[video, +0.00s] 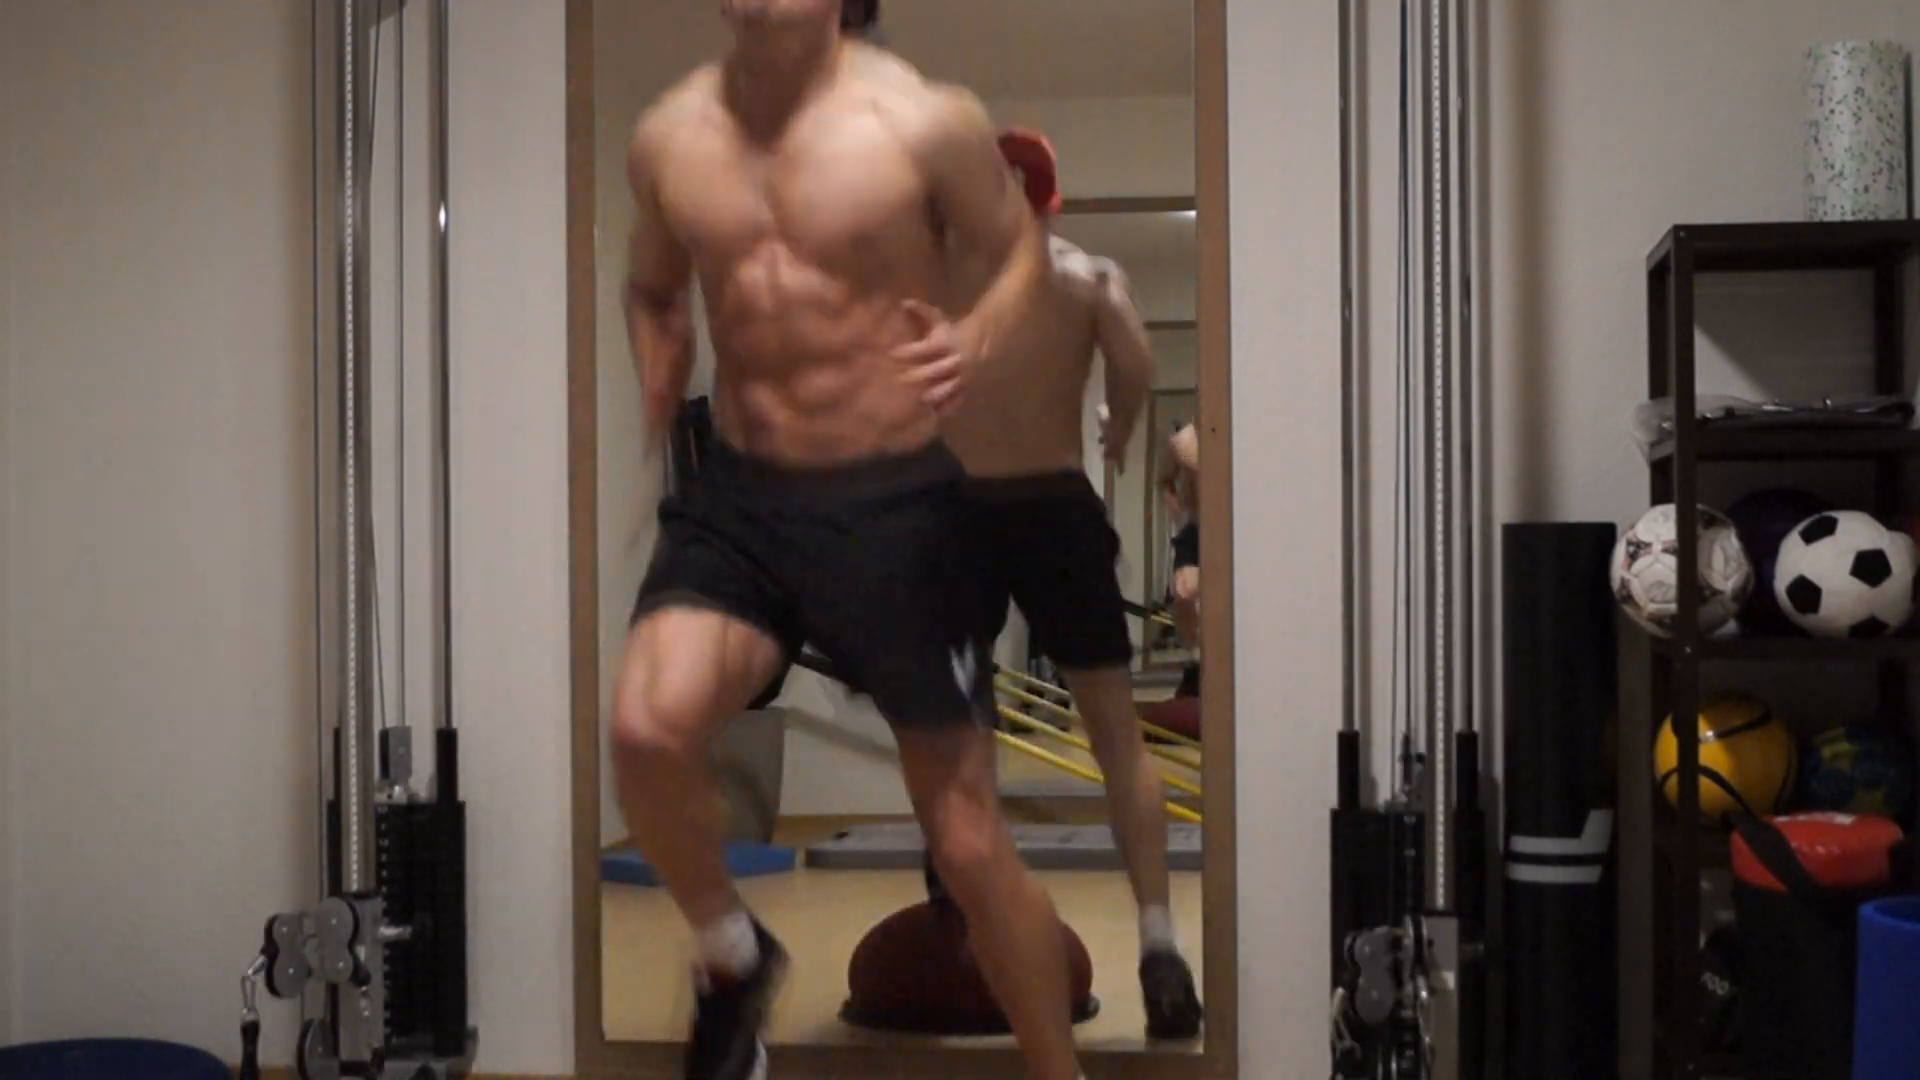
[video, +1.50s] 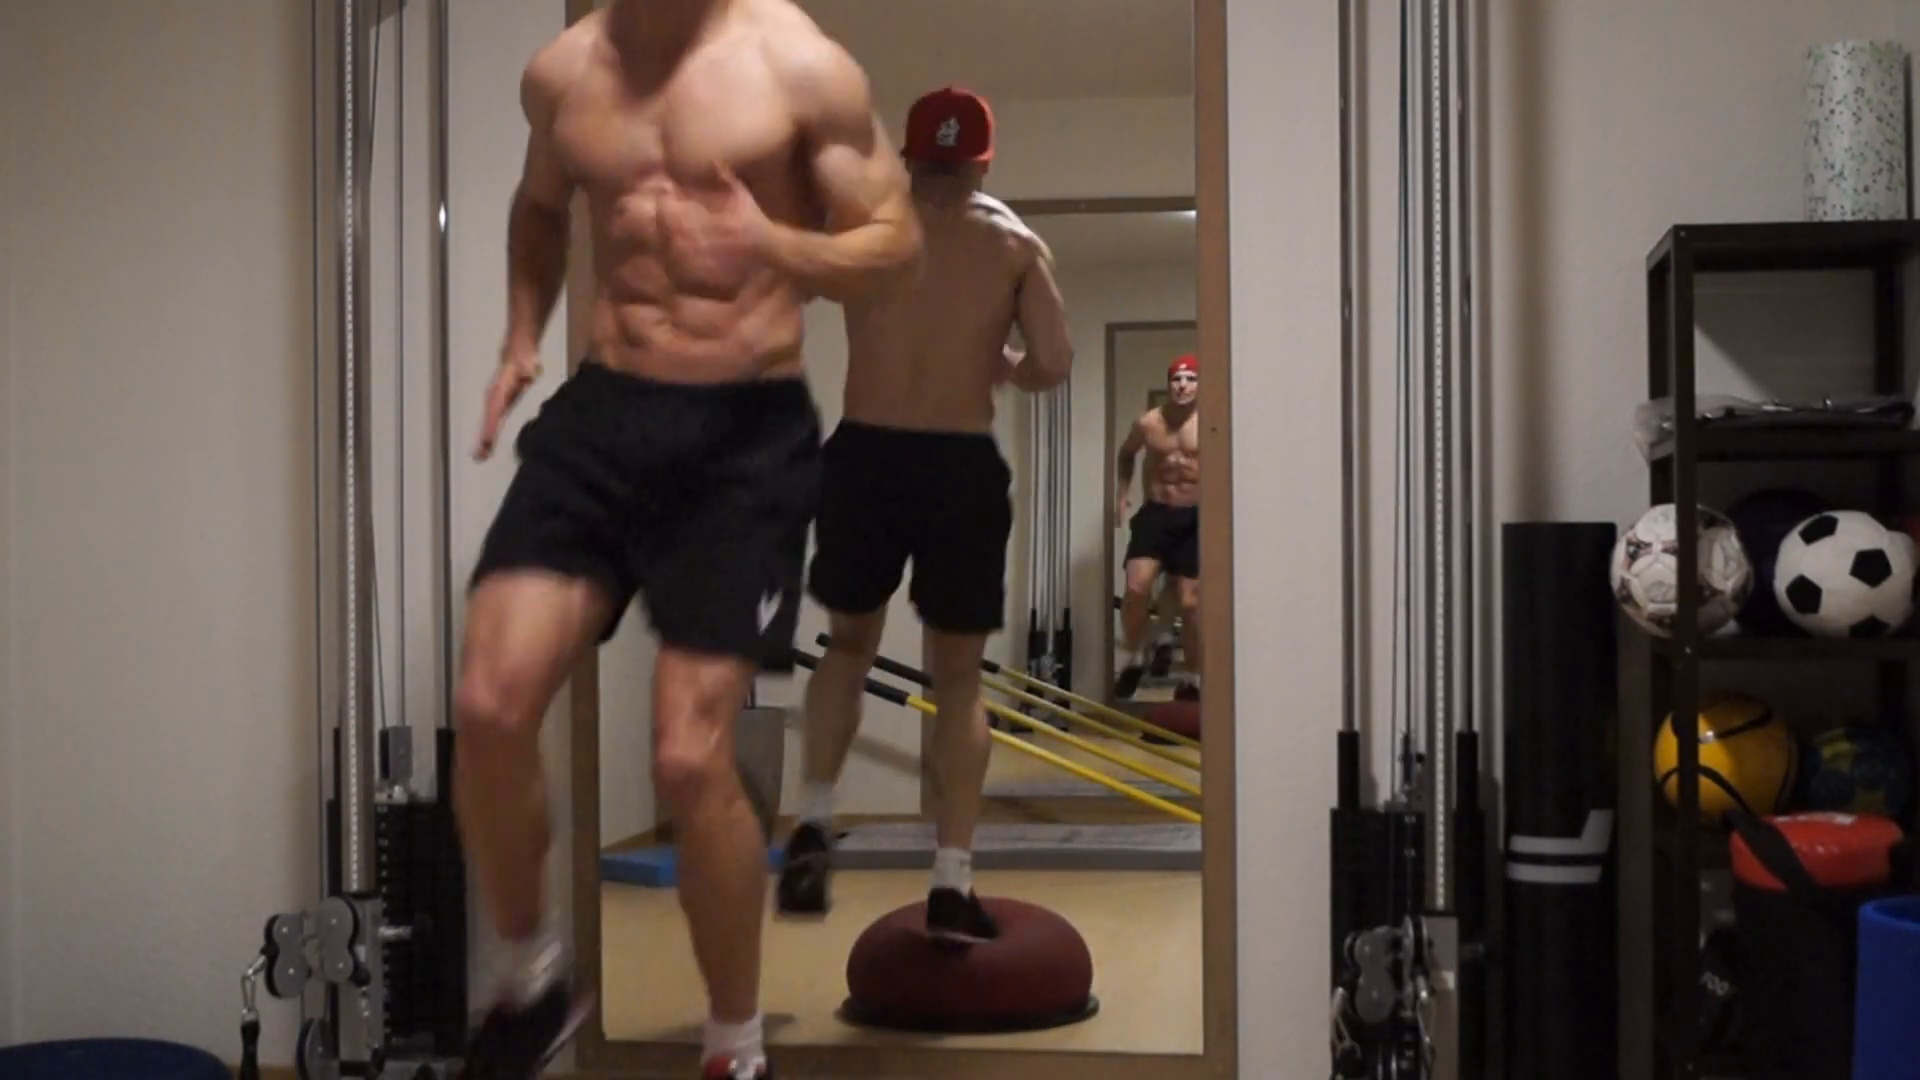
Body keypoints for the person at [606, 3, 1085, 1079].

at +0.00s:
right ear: (723, 2)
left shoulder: (928, 120)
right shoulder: (671, 135)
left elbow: (1015, 253)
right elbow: (656, 291)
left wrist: (970, 342)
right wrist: (664, 413)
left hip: (899, 510)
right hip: (742, 505)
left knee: (966, 848)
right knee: (647, 731)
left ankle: (1056, 1069)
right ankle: (731, 958)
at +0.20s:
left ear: (824, 5)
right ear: (706, 7)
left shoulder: (893, 134)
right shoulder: (646, 148)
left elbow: (995, 288)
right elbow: (630, 306)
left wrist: (916, 339)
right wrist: (631, 367)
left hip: (870, 504)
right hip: (715, 504)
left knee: (919, 813)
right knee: (651, 783)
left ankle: (1013, 1049)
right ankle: (750, 1043)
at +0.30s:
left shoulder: (865, 103)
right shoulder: (607, 112)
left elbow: (968, 221)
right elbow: (583, 270)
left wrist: (934, 339)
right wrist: (591, 339)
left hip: (827, 452)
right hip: (675, 450)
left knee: (793, 719)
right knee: (555, 698)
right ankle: (676, 958)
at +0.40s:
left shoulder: (841, 104)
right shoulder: (587, 117)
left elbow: (940, 256)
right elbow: (557, 261)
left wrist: (862, 296)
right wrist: (550, 386)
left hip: (792, 472)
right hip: (641, 458)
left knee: (733, 784)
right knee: (501, 716)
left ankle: (737, 1042)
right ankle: (567, 977)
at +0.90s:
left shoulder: (853, 96)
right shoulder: (585, 107)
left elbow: (937, 216)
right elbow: (546, 271)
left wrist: (917, 338)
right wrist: (596, 359)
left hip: (817, 440)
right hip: (660, 458)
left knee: (865, 706)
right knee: (661, 774)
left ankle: (889, 959)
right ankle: (719, 1044)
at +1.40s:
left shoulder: (838, 62)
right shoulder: (578, 69)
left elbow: (934, 177)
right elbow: (551, 227)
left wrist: (898, 289)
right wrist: (577, 308)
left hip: (790, 406)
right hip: (644, 412)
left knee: (747, 691)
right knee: (576, 690)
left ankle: (800, 962)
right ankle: (667, 969)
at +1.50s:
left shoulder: (805, 67)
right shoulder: (563, 73)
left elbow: (895, 245)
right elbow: (541, 206)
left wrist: (771, 239)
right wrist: (522, 337)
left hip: (747, 435)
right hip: (599, 422)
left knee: (690, 760)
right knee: (489, 705)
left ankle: (735, 1046)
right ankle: (526, 970)